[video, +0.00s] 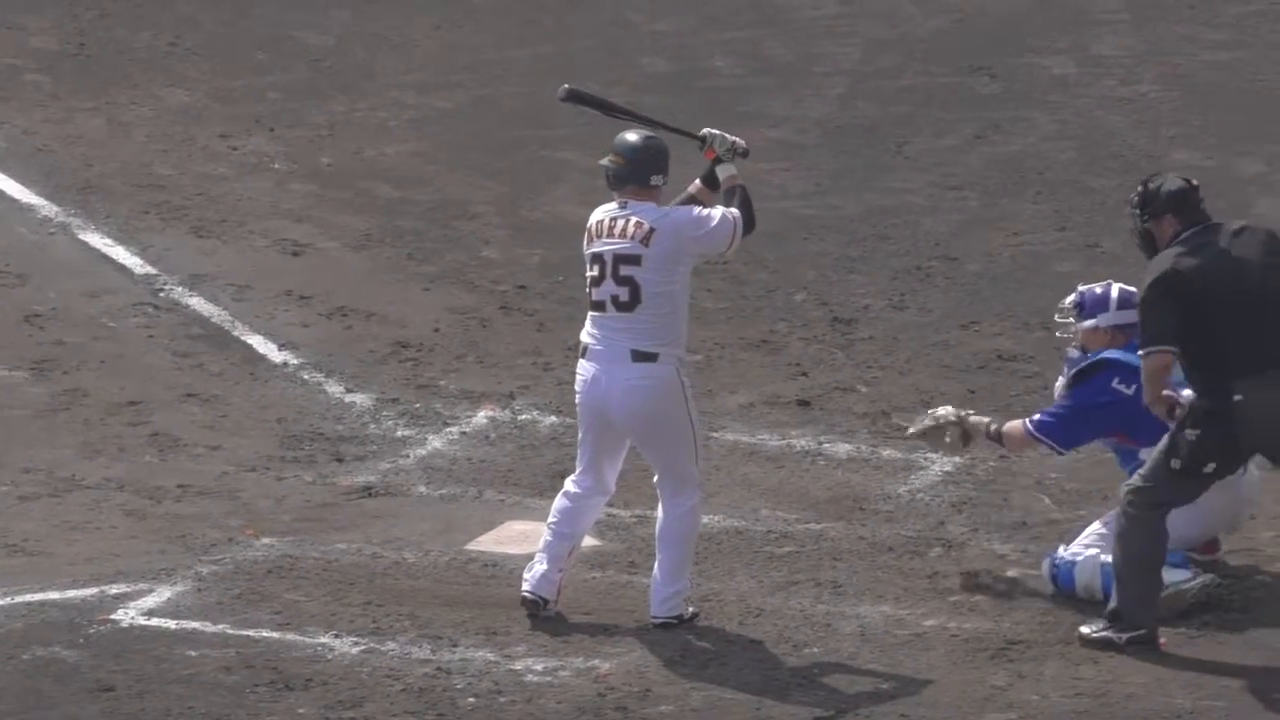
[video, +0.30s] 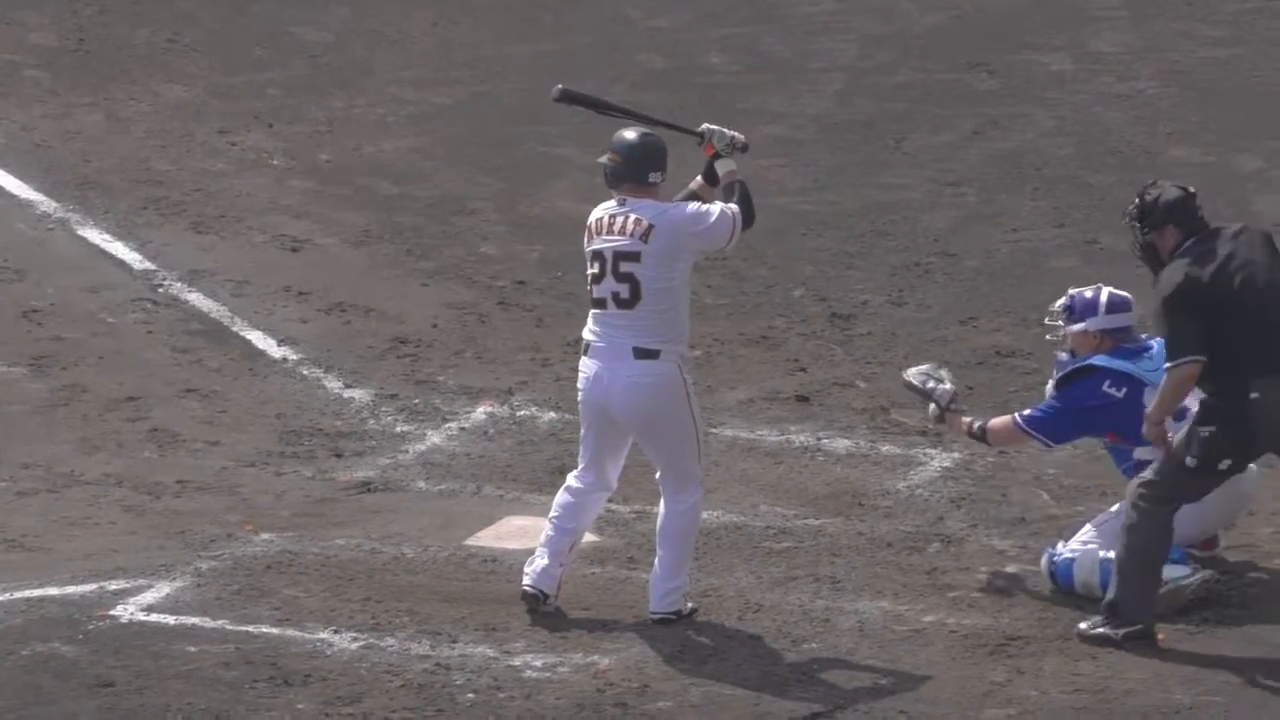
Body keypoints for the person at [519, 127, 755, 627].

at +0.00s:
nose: (607, 176)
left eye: (611, 171)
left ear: (615, 175)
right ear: (662, 177)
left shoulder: (598, 221)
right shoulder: (677, 224)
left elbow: (676, 212)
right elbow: (742, 221)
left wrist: (713, 167)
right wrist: (730, 172)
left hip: (591, 373)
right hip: (652, 380)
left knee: (588, 480)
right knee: (679, 488)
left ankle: (539, 583)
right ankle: (668, 604)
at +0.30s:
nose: (606, 175)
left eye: (609, 170)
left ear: (614, 174)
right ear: (660, 174)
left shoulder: (598, 219)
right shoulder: (677, 220)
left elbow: (671, 210)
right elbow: (742, 215)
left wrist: (712, 168)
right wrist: (729, 169)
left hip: (594, 371)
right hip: (655, 377)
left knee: (590, 476)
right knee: (681, 485)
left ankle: (539, 577)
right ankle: (667, 600)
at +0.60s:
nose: (603, 174)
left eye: (607, 168)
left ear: (611, 173)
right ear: (657, 173)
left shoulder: (595, 218)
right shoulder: (674, 221)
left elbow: (674, 211)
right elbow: (739, 220)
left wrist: (710, 168)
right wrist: (729, 173)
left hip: (590, 370)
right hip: (651, 377)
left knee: (586, 475)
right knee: (677, 486)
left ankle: (536, 577)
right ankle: (664, 600)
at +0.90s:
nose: (605, 172)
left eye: (609, 167)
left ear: (611, 171)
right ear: (658, 172)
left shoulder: (595, 216)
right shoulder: (674, 220)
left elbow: (673, 208)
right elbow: (739, 214)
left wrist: (709, 162)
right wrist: (728, 169)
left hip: (588, 369)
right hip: (649, 375)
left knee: (584, 474)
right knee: (675, 484)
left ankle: (533, 576)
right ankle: (661, 598)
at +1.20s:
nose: (604, 177)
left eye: (608, 170)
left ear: (609, 176)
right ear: (657, 177)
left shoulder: (591, 224)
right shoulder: (673, 225)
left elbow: (667, 224)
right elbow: (737, 228)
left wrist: (710, 183)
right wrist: (730, 181)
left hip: (584, 374)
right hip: (645, 380)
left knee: (581, 478)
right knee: (671, 487)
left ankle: (530, 579)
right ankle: (658, 602)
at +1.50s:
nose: (599, 179)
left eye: (603, 173)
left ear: (605, 179)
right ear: (653, 181)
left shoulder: (587, 225)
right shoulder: (665, 229)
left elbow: (662, 220)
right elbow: (731, 226)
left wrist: (704, 176)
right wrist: (720, 178)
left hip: (574, 377)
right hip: (636, 383)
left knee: (573, 481)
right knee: (666, 491)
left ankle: (525, 583)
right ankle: (654, 604)